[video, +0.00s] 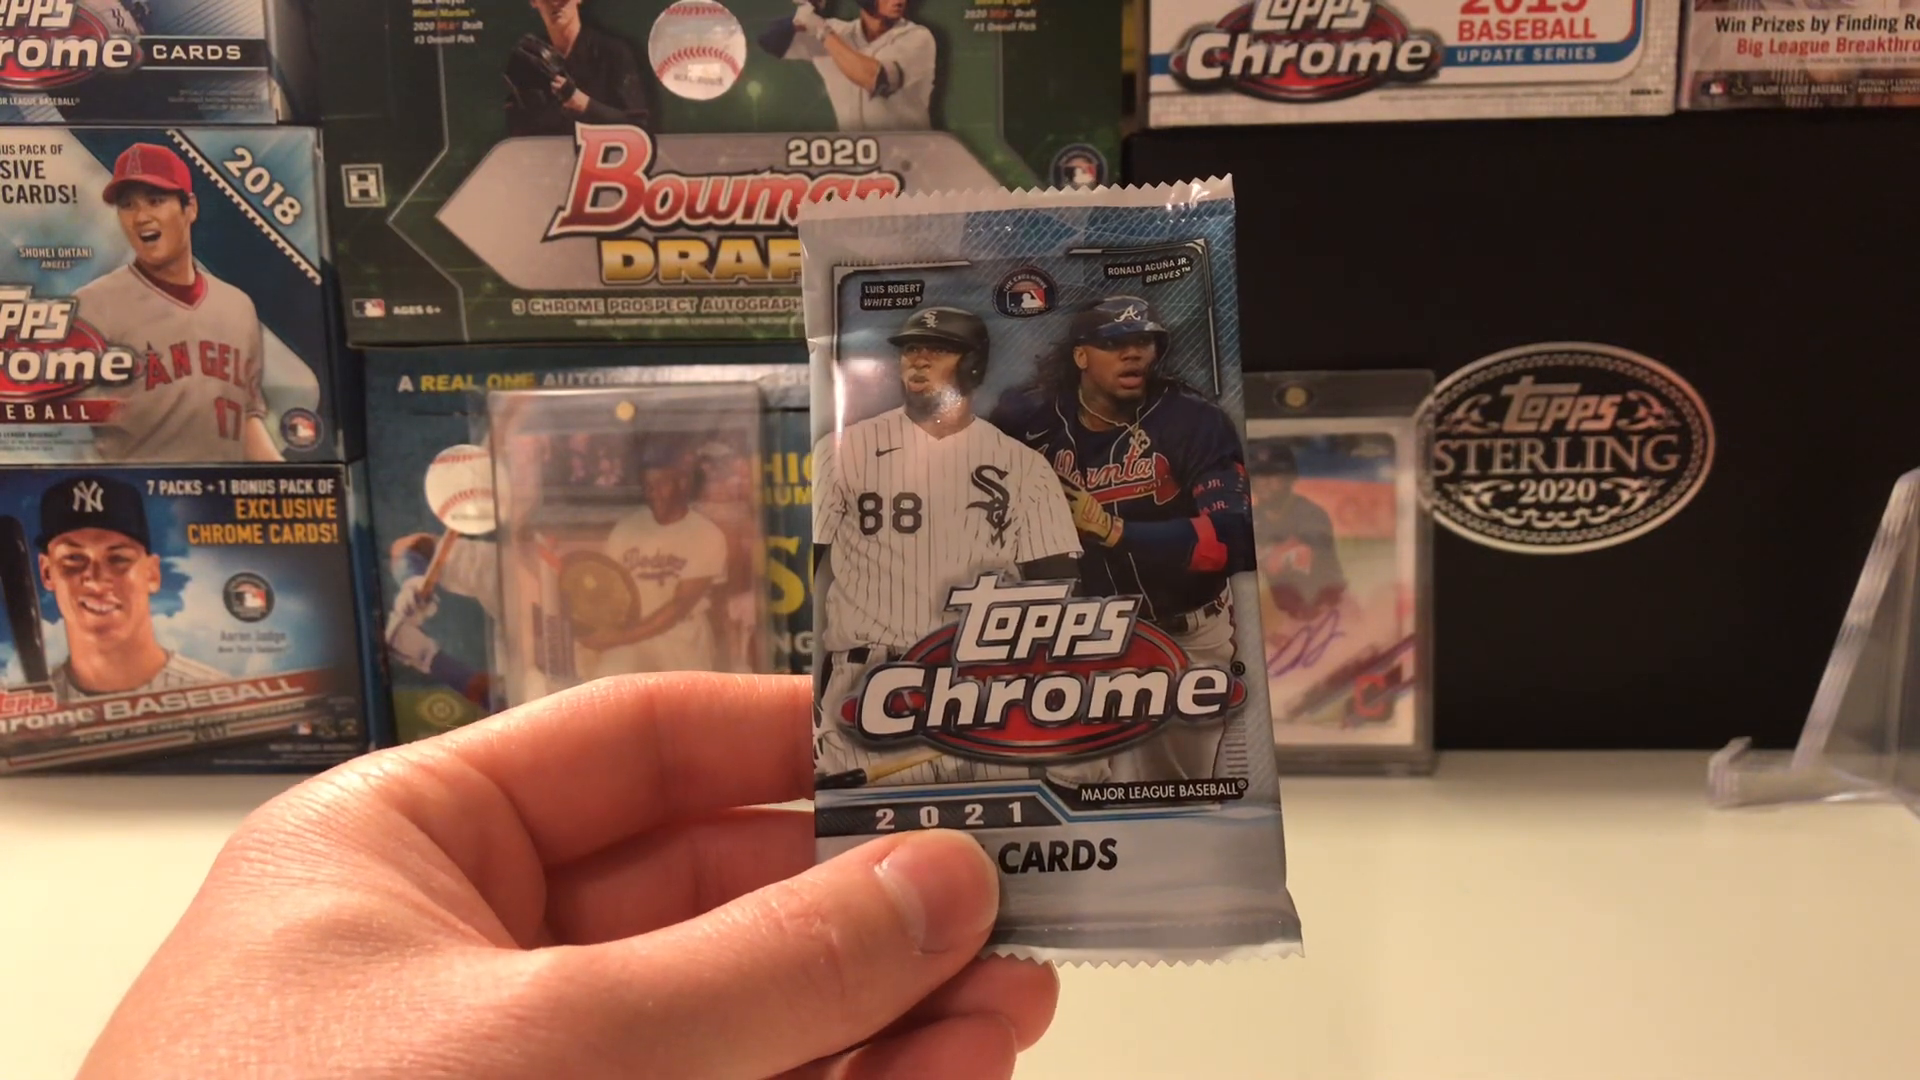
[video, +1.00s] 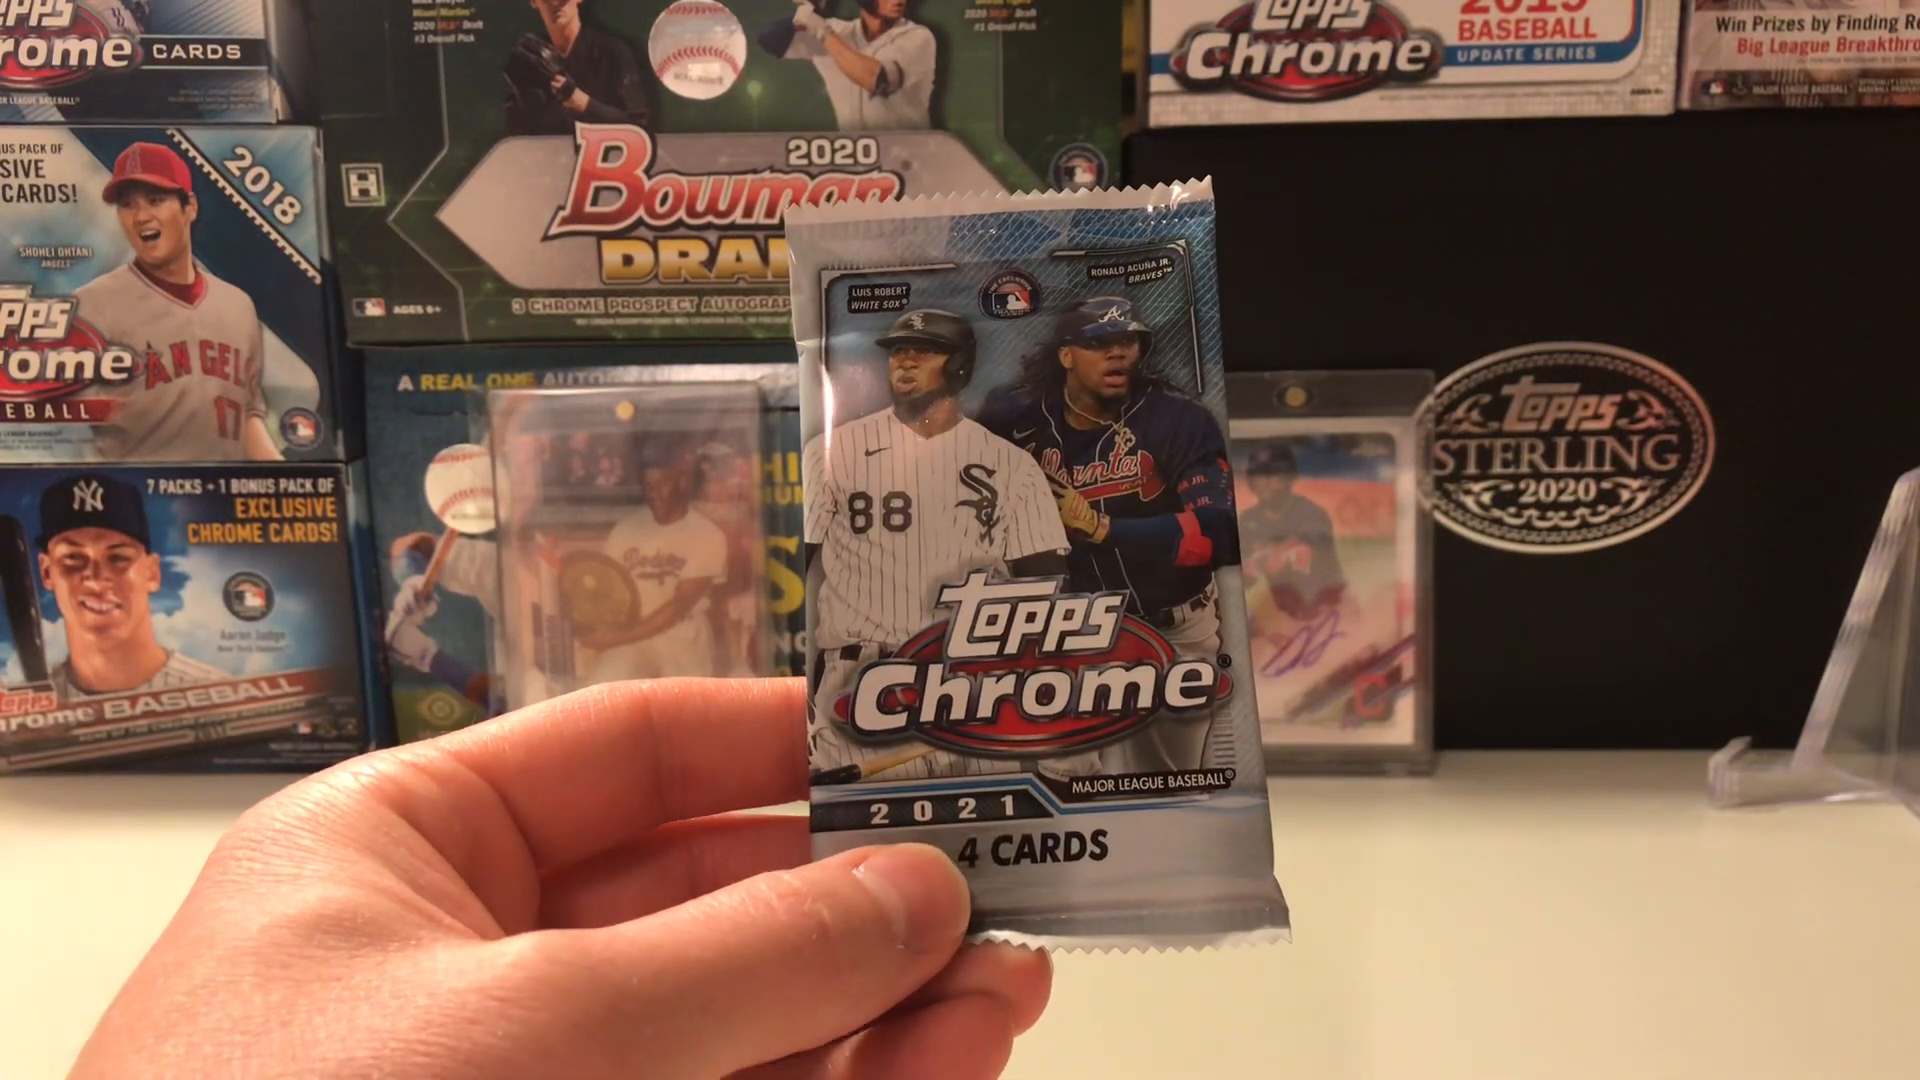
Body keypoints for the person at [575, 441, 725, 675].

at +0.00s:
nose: (653, 494)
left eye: (660, 485)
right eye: (648, 486)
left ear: (682, 484)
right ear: (643, 488)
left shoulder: (707, 536)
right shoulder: (625, 529)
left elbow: (680, 606)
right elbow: (604, 590)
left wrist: (619, 637)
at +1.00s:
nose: (653, 495)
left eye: (660, 485)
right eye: (648, 486)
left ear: (683, 483)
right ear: (642, 488)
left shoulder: (707, 536)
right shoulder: (625, 530)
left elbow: (679, 607)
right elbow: (604, 589)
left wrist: (617, 637)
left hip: (682, 645)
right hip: (625, 646)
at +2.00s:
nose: (652, 495)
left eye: (660, 485)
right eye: (647, 486)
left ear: (682, 484)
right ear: (642, 488)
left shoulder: (707, 536)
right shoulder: (625, 530)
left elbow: (680, 606)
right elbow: (604, 589)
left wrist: (617, 637)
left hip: (683, 641)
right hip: (627, 643)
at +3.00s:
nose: (653, 495)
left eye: (661, 485)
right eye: (648, 487)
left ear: (681, 485)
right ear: (643, 489)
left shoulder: (707, 536)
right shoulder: (625, 529)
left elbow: (680, 607)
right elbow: (604, 588)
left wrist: (618, 637)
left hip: (683, 641)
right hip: (626, 642)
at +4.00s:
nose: (652, 495)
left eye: (659, 485)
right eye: (647, 486)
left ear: (681, 483)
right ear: (642, 488)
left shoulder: (707, 535)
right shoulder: (625, 530)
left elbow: (680, 606)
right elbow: (603, 588)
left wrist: (620, 636)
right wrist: (596, 627)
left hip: (684, 637)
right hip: (629, 638)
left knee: (687, 710)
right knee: (602, 696)